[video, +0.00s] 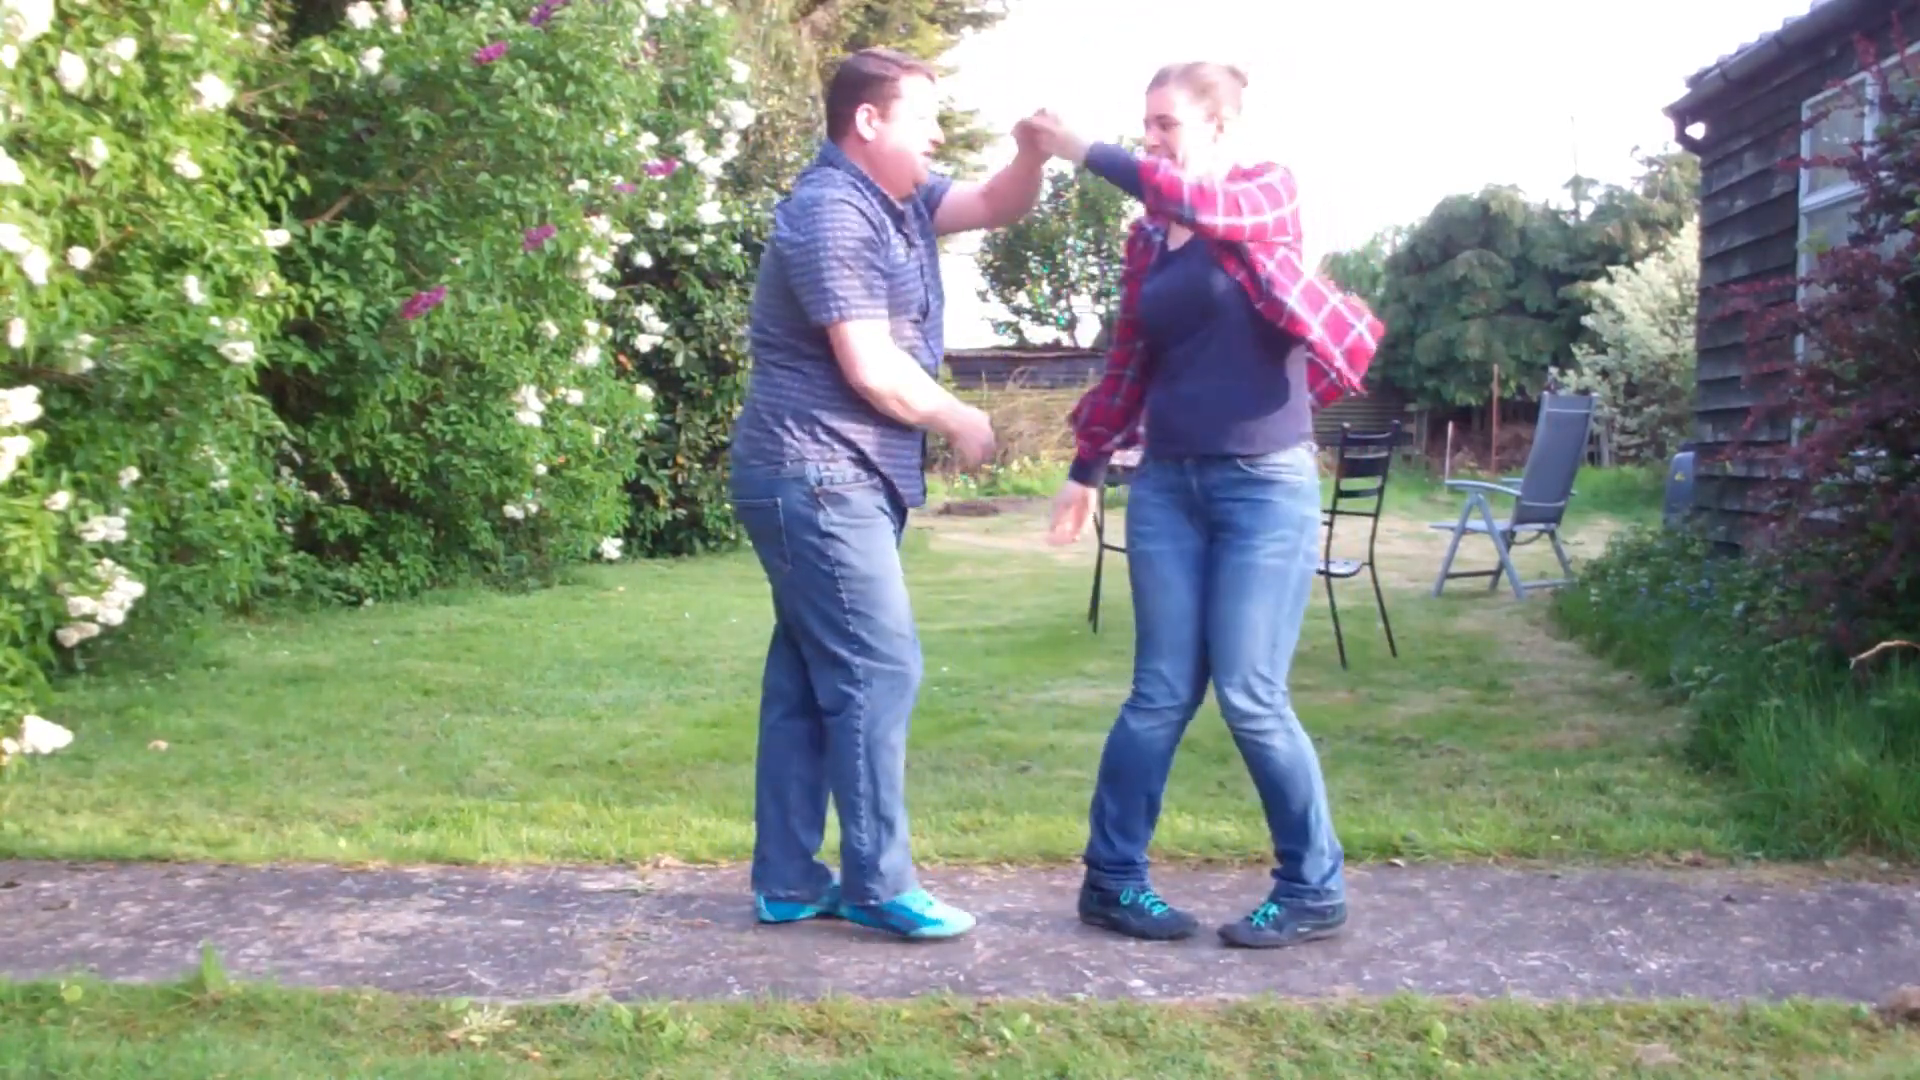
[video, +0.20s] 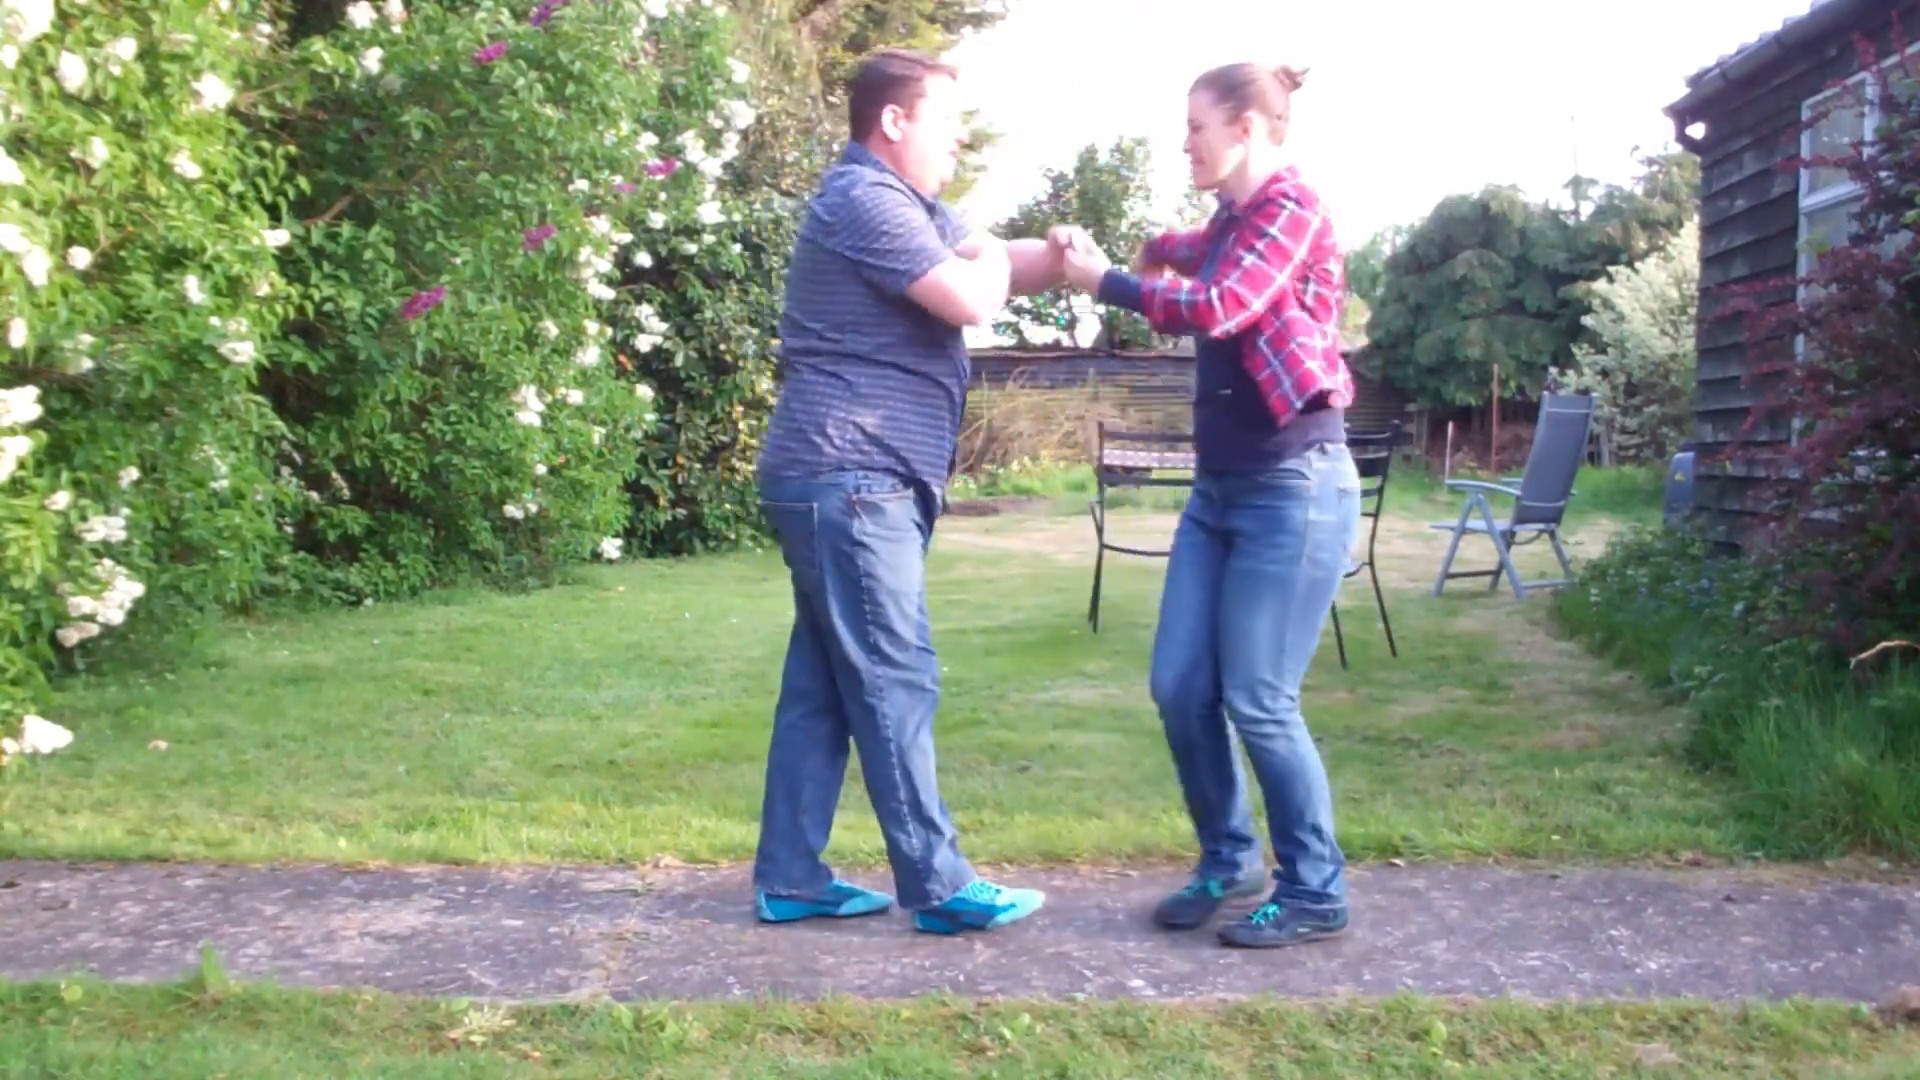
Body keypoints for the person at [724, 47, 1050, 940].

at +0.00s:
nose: (936, 143)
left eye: (935, 126)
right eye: (923, 124)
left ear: (875, 123)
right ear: (867, 123)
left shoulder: (897, 196)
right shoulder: (831, 209)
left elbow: (994, 204)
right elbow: (869, 365)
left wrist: (1033, 153)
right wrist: (957, 419)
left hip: (852, 470)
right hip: (811, 470)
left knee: (805, 679)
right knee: (880, 666)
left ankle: (788, 879)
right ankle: (880, 883)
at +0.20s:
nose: (955, 140)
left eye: (953, 121)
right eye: (944, 121)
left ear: (896, 124)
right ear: (894, 122)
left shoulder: (910, 200)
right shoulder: (862, 199)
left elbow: (992, 261)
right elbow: (963, 304)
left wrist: (1053, 254)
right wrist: (996, 262)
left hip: (869, 476)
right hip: (842, 475)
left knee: (821, 686)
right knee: (896, 680)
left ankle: (789, 878)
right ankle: (937, 882)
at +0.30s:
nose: (972, 144)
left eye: (972, 128)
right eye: (961, 126)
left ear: (908, 124)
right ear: (910, 121)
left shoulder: (911, 205)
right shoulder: (879, 191)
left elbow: (996, 292)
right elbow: (1013, 250)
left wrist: (1069, 300)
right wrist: (1024, 191)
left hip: (877, 478)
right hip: (872, 478)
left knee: (844, 686)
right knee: (918, 682)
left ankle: (794, 873)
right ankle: (943, 887)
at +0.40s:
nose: (991, 127)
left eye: (989, 112)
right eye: (978, 111)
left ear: (929, 119)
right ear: (928, 117)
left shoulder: (943, 214)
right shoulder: (895, 182)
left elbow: (1010, 329)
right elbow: (1036, 201)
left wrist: (1083, 333)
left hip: (920, 475)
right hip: (897, 474)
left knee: (888, 684)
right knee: (942, 683)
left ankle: (807, 858)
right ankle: (948, 890)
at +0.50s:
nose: (1014, 125)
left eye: (1012, 110)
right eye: (999, 108)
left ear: (956, 120)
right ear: (948, 117)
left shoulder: (978, 220)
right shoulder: (911, 183)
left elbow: (1003, 350)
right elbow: (1044, 162)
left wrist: (1092, 365)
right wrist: (1111, 120)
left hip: (971, 478)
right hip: (921, 471)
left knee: (979, 673)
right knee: (958, 680)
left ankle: (847, 822)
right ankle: (951, 889)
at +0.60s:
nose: (1039, 118)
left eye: (1035, 102)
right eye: (1022, 103)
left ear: (976, 119)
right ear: (969, 118)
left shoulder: (1003, 227)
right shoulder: (926, 187)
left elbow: (1012, 361)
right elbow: (1056, 137)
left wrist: (1097, 389)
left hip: (1003, 489)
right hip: (945, 477)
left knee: (1045, 662)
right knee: (977, 688)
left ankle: (916, 810)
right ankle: (952, 889)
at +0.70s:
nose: (1054, 119)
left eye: (1053, 108)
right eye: (1037, 107)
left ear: (994, 123)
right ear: (982, 120)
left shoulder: (1025, 227)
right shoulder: (944, 187)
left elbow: (1026, 374)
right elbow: (1060, 122)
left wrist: (1115, 416)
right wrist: (1055, 106)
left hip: (1035, 500)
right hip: (966, 487)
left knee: (1081, 664)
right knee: (995, 690)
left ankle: (1022, 846)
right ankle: (953, 888)